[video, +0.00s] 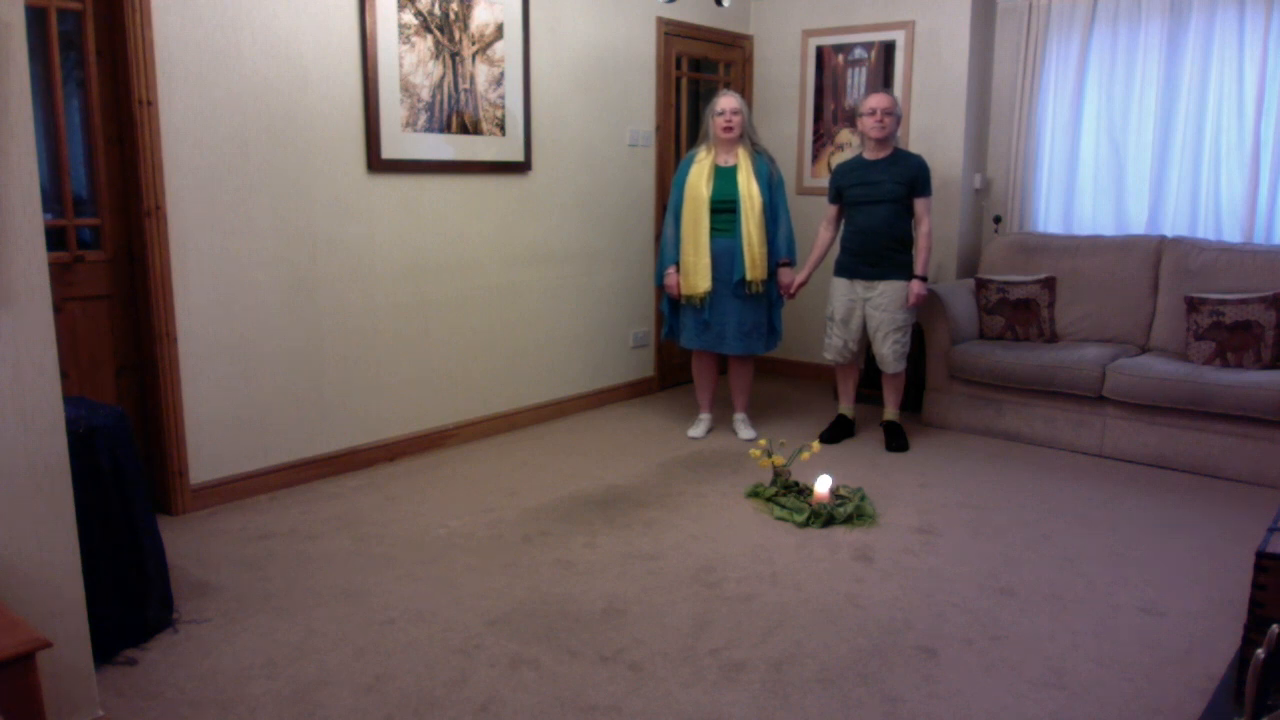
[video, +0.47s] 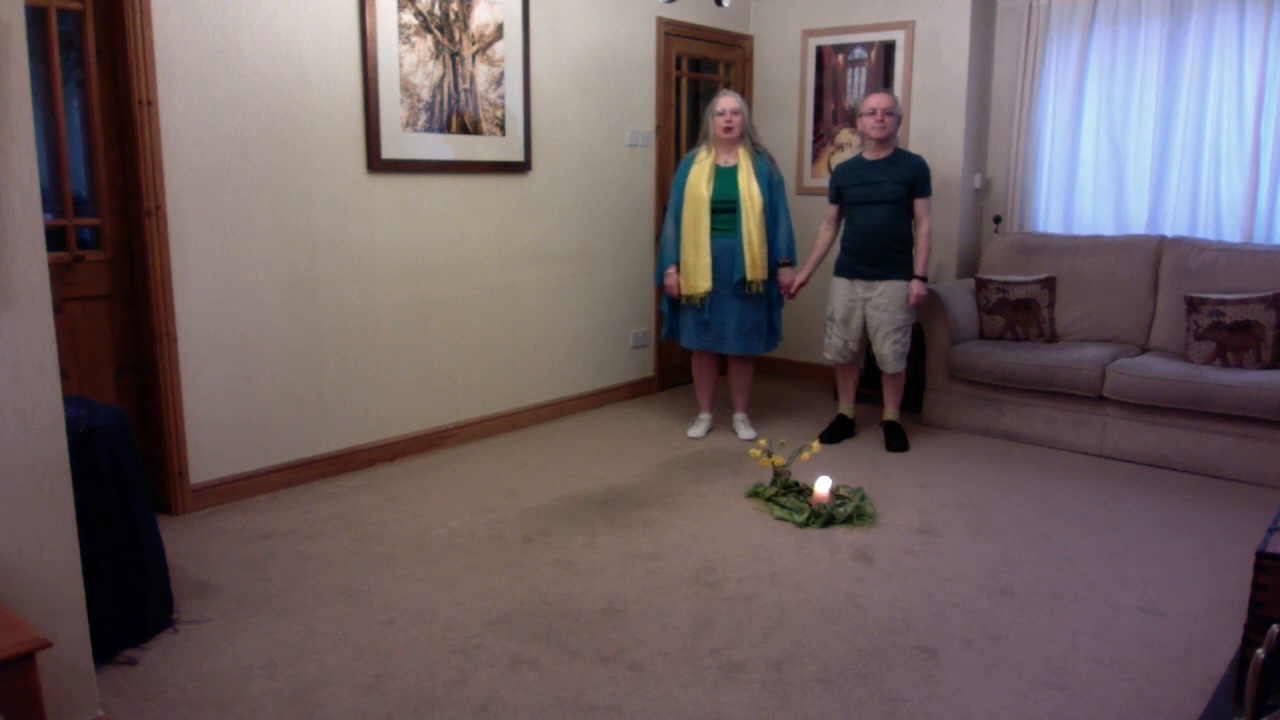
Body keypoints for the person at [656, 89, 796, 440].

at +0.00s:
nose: (728, 119)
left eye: (735, 113)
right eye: (721, 113)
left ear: (745, 119)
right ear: (710, 120)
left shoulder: (762, 163)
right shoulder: (692, 163)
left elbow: (779, 215)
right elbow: (673, 218)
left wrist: (784, 264)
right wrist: (670, 266)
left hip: (748, 268)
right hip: (700, 268)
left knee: (742, 344)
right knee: (702, 343)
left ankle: (741, 415)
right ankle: (704, 413)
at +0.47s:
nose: (728, 119)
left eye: (735, 113)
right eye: (721, 114)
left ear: (745, 119)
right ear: (710, 120)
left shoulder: (762, 163)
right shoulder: (692, 163)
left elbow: (779, 215)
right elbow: (674, 218)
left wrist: (784, 264)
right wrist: (670, 266)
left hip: (748, 267)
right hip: (700, 268)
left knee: (742, 344)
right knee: (702, 343)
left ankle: (741, 415)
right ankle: (704, 413)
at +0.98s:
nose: (729, 119)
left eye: (736, 113)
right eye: (722, 114)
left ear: (746, 119)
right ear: (711, 120)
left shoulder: (762, 164)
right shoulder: (693, 163)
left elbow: (779, 215)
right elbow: (674, 218)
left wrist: (784, 264)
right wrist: (671, 267)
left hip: (749, 268)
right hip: (700, 268)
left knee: (742, 344)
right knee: (702, 343)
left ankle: (741, 415)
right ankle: (704, 413)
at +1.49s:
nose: (729, 119)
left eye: (736, 113)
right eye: (722, 114)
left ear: (746, 119)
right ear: (711, 120)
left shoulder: (763, 164)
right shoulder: (693, 163)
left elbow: (780, 216)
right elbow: (674, 218)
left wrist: (785, 264)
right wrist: (671, 266)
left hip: (749, 269)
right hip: (701, 269)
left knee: (743, 345)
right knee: (703, 343)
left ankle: (741, 415)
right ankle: (705, 413)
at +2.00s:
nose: (729, 119)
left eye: (736, 113)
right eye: (722, 113)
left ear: (747, 119)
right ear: (712, 120)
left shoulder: (763, 164)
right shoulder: (693, 163)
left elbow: (780, 216)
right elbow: (675, 217)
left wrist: (785, 264)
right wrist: (668, 265)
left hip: (749, 268)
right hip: (700, 268)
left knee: (743, 344)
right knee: (702, 343)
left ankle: (741, 414)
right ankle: (705, 413)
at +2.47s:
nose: (730, 119)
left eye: (737, 113)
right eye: (723, 113)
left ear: (747, 119)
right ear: (712, 120)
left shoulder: (764, 164)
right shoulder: (693, 163)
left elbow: (780, 216)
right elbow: (675, 217)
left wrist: (785, 264)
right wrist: (671, 265)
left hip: (750, 268)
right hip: (701, 268)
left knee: (743, 344)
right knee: (703, 343)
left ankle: (741, 414)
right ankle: (705, 413)